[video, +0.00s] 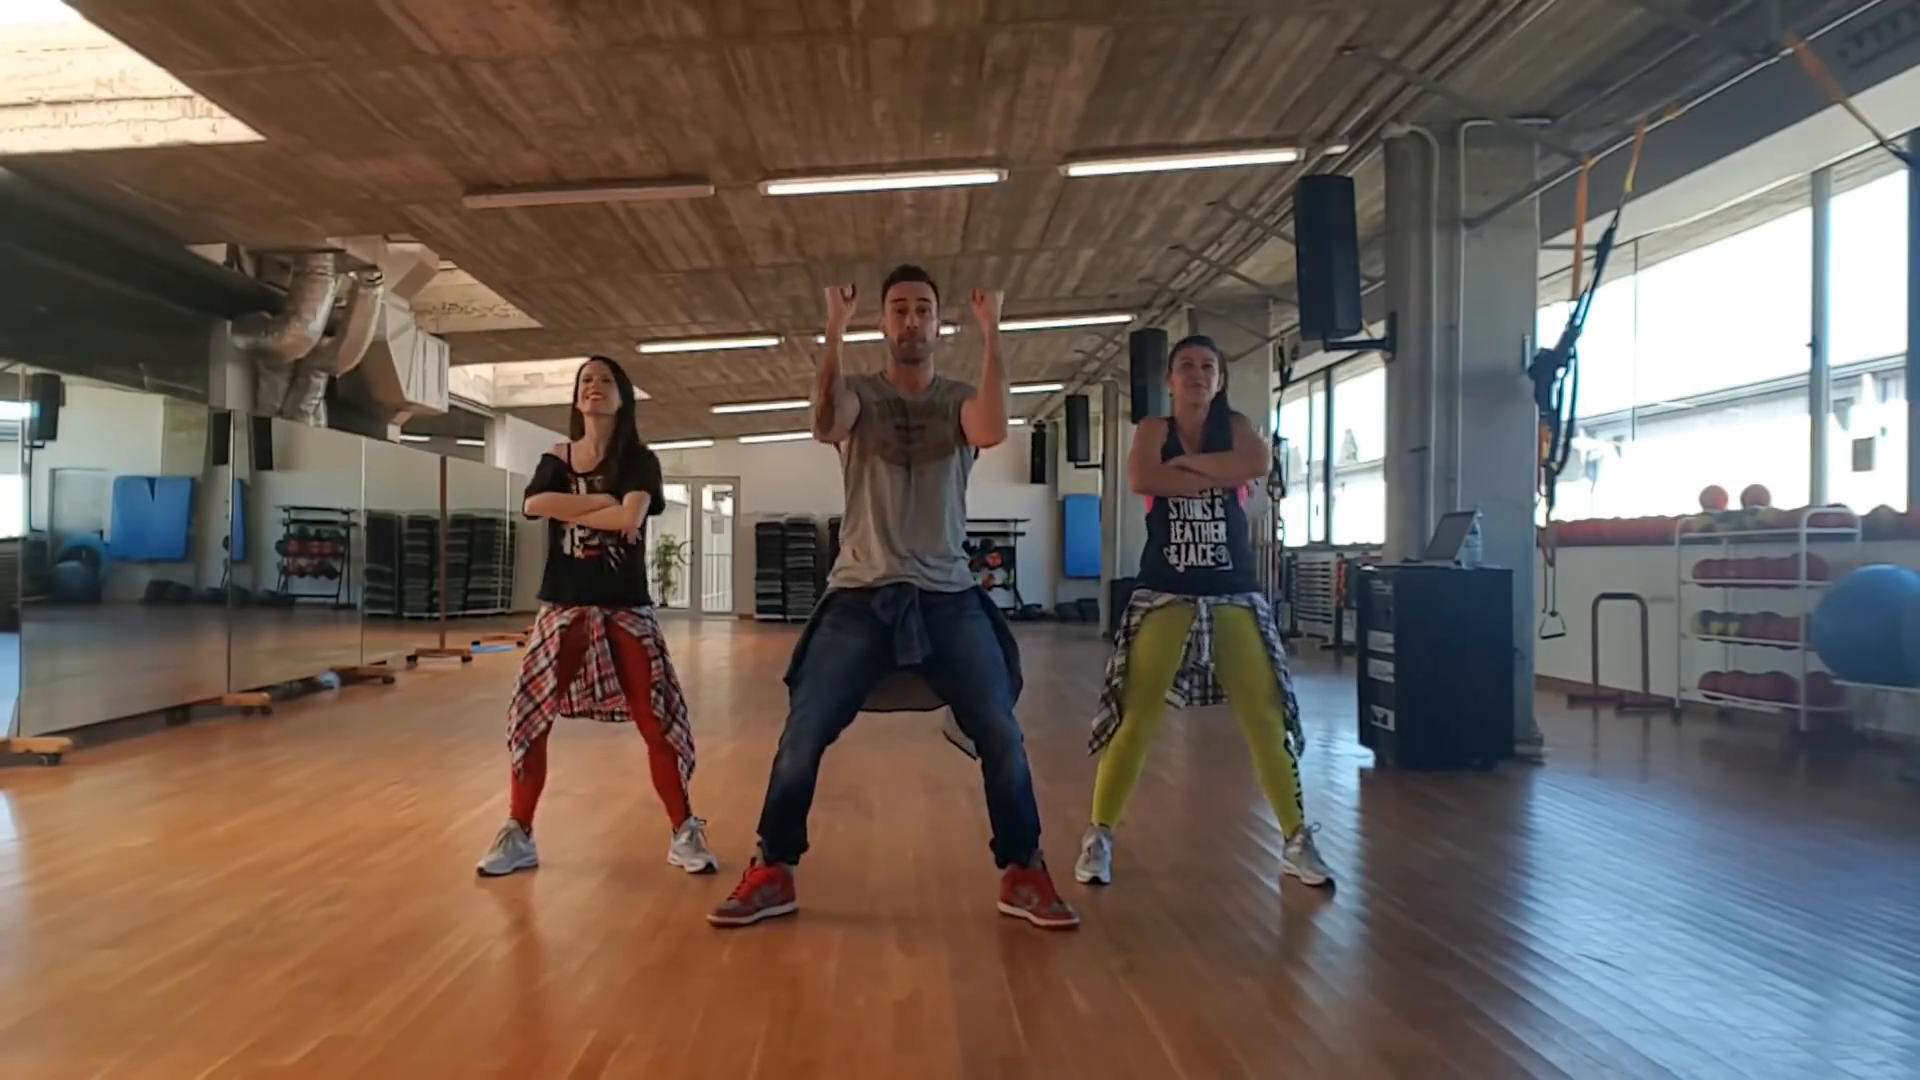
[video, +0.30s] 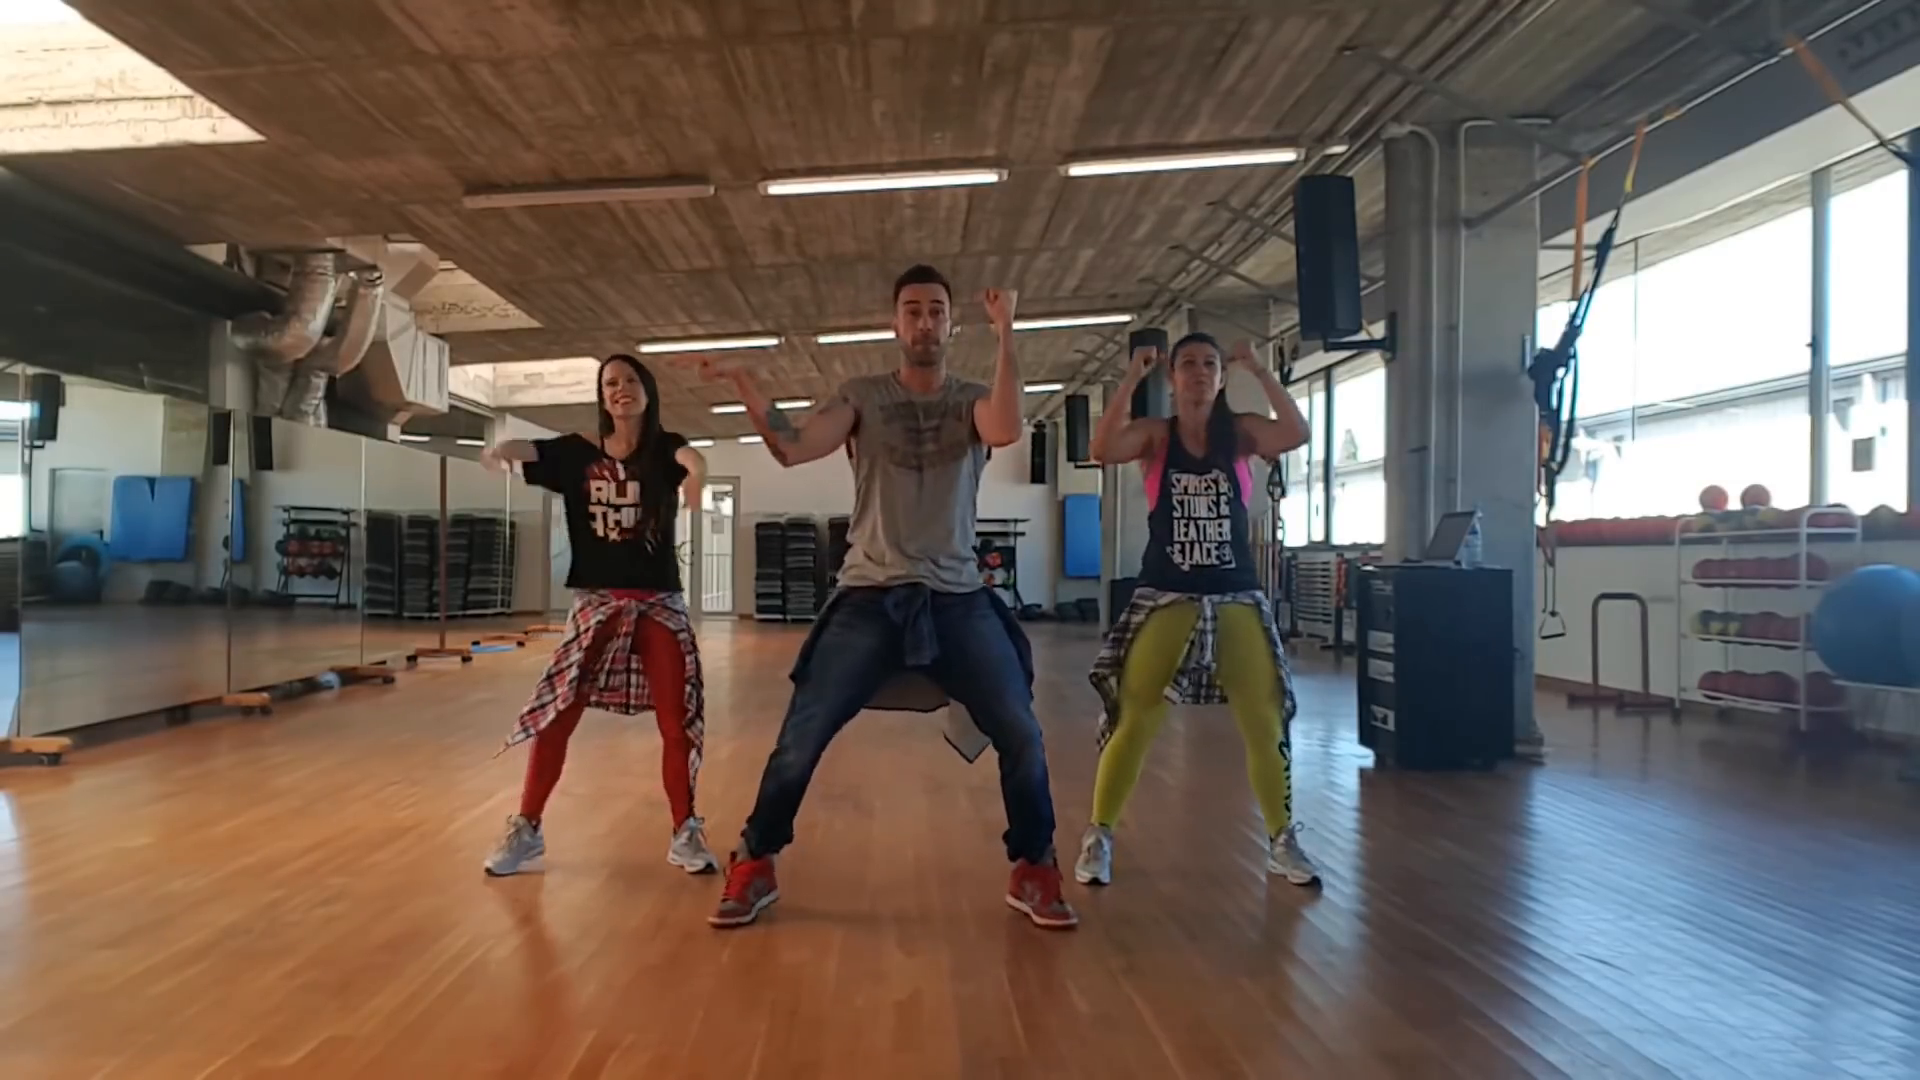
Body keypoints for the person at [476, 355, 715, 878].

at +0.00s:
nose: (595, 388)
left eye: (606, 382)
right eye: (587, 382)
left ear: (624, 397)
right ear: (577, 397)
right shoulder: (557, 456)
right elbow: (535, 504)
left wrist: (564, 510)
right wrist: (609, 505)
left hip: (625, 605)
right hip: (563, 604)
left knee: (656, 721)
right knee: (531, 714)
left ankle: (685, 831)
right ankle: (519, 835)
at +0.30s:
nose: (620, 389)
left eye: (628, 381)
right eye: (611, 384)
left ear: (648, 390)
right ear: (601, 397)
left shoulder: (665, 449)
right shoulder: (577, 450)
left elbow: (695, 464)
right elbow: (513, 452)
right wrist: (501, 452)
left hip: (659, 600)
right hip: (596, 601)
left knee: (676, 722)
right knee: (559, 714)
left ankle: (687, 832)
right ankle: (527, 831)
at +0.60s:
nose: (641, 411)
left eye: (649, 402)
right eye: (630, 404)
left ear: (665, 410)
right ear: (620, 415)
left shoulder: (679, 466)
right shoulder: (600, 470)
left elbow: (687, 464)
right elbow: (550, 475)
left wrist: (675, 398)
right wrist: (542, 407)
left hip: (681, 612)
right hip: (623, 616)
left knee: (703, 721)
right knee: (638, 724)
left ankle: (689, 831)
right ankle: (645, 818)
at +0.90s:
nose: (607, 413)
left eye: (616, 404)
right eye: (598, 408)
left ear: (636, 412)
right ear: (590, 419)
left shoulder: (651, 470)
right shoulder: (578, 475)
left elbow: (681, 477)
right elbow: (538, 483)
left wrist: (675, 410)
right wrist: (543, 416)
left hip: (651, 618)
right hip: (591, 619)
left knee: (677, 723)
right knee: (542, 715)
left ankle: (699, 831)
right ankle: (539, 831)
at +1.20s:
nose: (565, 404)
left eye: (575, 397)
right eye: (558, 397)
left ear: (594, 409)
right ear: (547, 410)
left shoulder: (603, 463)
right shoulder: (532, 458)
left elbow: (636, 468)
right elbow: (489, 461)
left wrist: (630, 398)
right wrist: (509, 393)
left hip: (591, 606)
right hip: (532, 606)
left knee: (623, 708)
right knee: (503, 725)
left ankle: (661, 818)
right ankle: (525, 829)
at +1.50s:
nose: (558, 421)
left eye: (567, 414)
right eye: (549, 415)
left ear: (586, 425)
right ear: (539, 426)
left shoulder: (594, 484)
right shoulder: (525, 474)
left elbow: (619, 470)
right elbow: (497, 454)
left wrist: (616, 403)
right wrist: (514, 395)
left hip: (575, 617)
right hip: (518, 615)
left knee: (582, 727)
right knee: (487, 738)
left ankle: (586, 810)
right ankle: (524, 831)